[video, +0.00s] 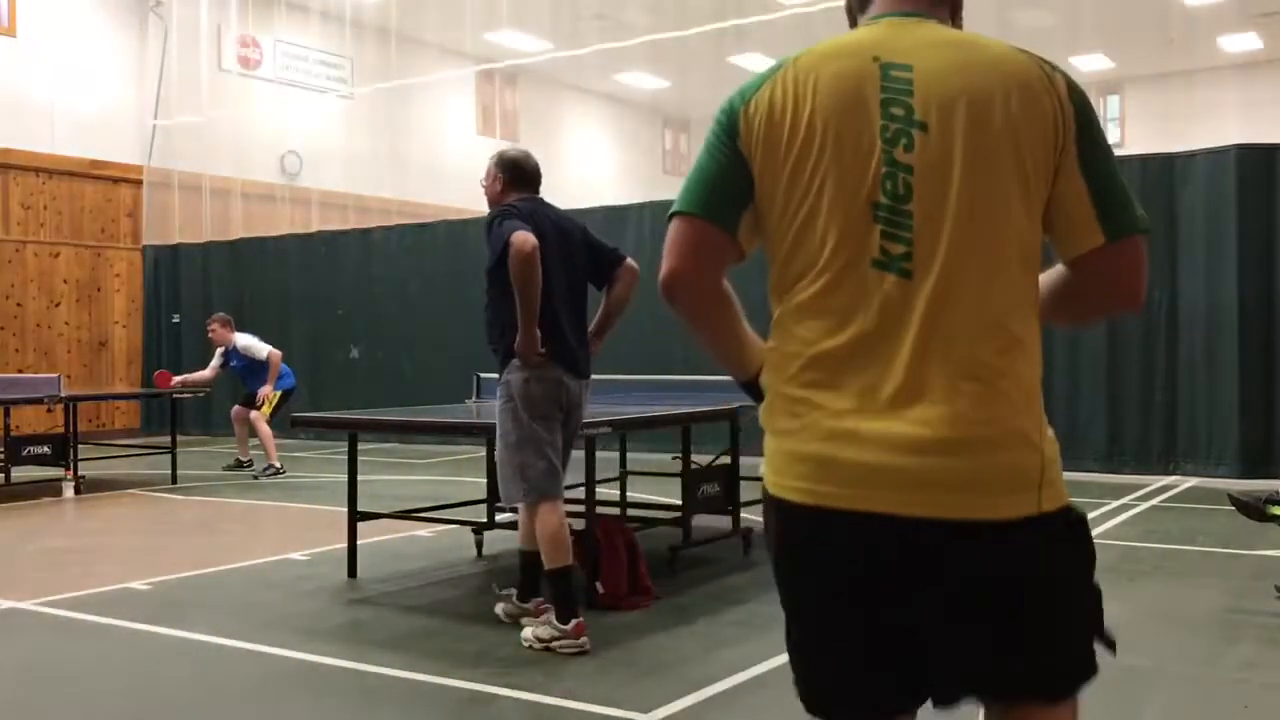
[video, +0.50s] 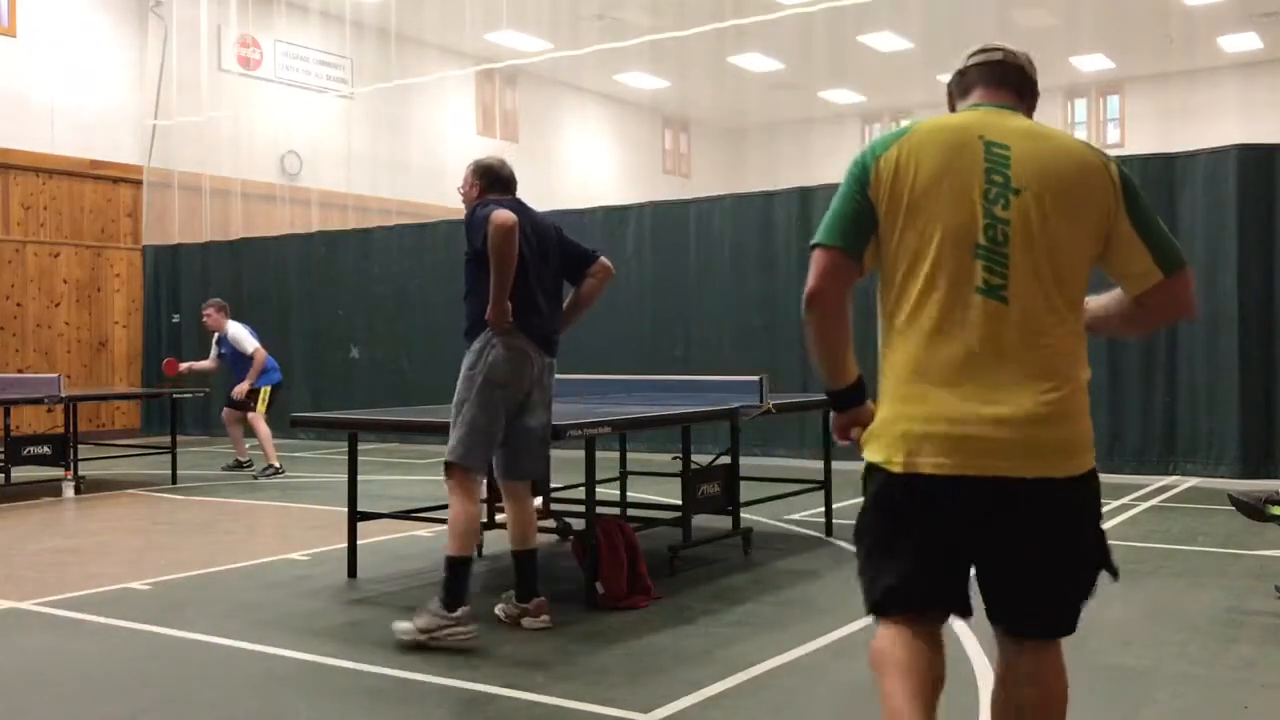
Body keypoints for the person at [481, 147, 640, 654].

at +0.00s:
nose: (483, 187)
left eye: (486, 180)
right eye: (485, 179)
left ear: (499, 181)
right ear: (534, 184)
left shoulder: (505, 214)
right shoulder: (565, 224)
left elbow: (525, 246)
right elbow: (626, 271)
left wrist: (528, 335)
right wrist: (594, 336)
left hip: (531, 373)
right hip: (571, 374)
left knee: (543, 497)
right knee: (536, 491)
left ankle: (568, 622)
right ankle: (531, 598)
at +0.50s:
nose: (460, 193)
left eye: (463, 185)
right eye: (462, 185)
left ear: (476, 185)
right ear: (510, 188)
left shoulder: (482, 209)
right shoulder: (541, 225)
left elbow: (505, 223)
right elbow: (600, 268)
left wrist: (498, 305)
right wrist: (560, 322)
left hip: (497, 349)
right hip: (539, 356)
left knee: (462, 474)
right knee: (517, 481)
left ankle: (451, 609)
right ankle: (529, 600)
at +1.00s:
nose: (399, 196)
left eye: (400, 189)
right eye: (400, 189)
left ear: (409, 190)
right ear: (450, 191)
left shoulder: (410, 216)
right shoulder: (480, 226)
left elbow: (413, 243)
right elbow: (543, 267)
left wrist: (415, 322)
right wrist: (506, 319)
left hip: (431, 360)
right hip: (482, 366)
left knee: (392, 480)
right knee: (483, 482)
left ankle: (388, 614)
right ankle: (526, 598)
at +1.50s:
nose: (323, 191)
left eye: (323, 183)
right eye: (325, 184)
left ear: (331, 182)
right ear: (370, 182)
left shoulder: (336, 224)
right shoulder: (405, 225)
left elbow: (333, 301)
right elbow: (454, 292)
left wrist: (294, 375)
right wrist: (470, 360)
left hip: (362, 364)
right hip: (406, 363)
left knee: (366, 485)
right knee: (376, 481)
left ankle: (387, 615)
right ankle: (403, 592)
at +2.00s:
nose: (248, 192)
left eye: (251, 184)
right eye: (250, 183)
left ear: (264, 187)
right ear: (296, 190)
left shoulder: (271, 232)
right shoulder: (326, 237)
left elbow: (270, 313)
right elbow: (360, 318)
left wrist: (237, 386)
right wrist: (357, 382)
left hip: (302, 369)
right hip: (337, 366)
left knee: (332, 493)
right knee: (275, 486)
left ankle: (384, 610)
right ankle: (258, 607)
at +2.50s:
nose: (172, 179)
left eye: (178, 171)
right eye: (175, 171)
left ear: (198, 176)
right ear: (217, 183)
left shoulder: (193, 223)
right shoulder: (247, 231)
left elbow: (192, 305)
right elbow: (253, 309)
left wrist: (169, 384)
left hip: (209, 368)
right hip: (256, 367)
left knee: (153, 480)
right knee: (236, 487)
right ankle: (257, 607)